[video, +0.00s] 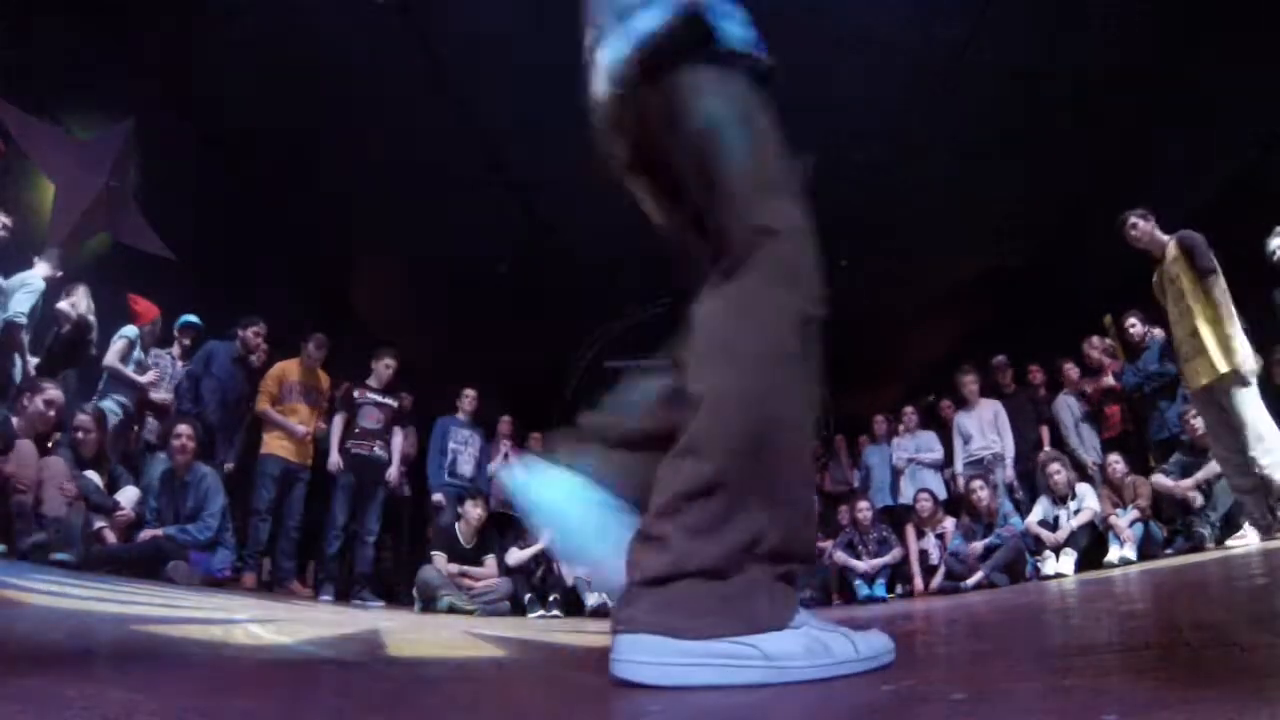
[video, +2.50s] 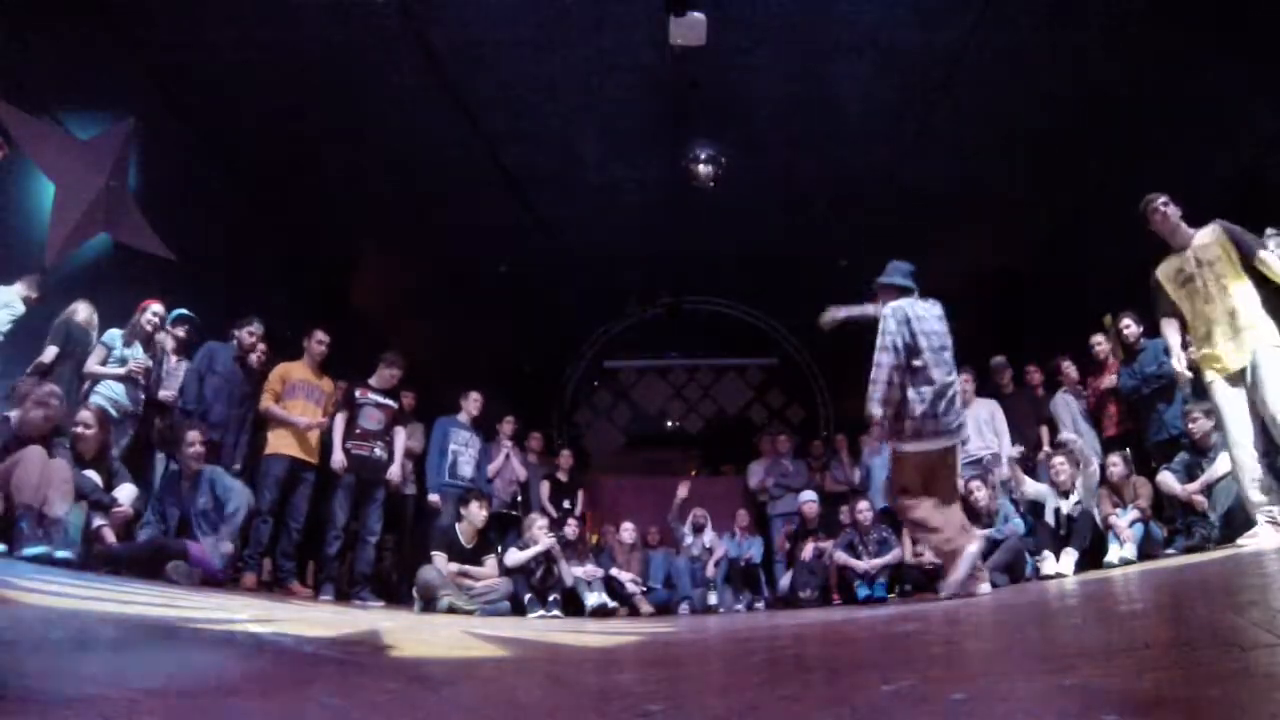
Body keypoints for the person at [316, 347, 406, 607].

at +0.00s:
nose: (389, 372)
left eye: (393, 369)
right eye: (386, 366)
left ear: (395, 373)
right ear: (373, 364)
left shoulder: (395, 402)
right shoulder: (352, 391)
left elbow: (397, 434)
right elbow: (338, 421)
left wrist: (395, 464)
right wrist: (333, 452)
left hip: (378, 463)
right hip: (350, 459)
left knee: (369, 529)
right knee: (338, 525)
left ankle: (361, 585)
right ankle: (327, 582)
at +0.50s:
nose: (388, 375)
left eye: (392, 372)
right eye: (385, 369)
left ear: (395, 375)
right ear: (374, 366)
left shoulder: (394, 402)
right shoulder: (352, 391)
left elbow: (398, 431)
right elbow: (338, 419)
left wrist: (401, 458)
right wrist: (334, 448)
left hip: (379, 464)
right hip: (351, 460)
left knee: (371, 529)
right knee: (339, 525)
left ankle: (361, 587)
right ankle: (327, 583)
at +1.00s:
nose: (389, 376)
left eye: (393, 373)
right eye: (386, 370)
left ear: (396, 376)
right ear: (375, 366)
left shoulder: (394, 403)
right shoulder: (353, 392)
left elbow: (400, 432)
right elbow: (339, 420)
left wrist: (403, 461)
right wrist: (337, 449)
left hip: (379, 466)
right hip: (351, 462)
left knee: (371, 530)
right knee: (339, 525)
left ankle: (360, 586)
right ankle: (327, 583)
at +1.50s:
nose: (392, 380)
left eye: (396, 376)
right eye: (389, 374)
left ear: (399, 378)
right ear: (378, 369)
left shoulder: (394, 403)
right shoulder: (354, 391)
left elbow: (399, 432)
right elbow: (339, 419)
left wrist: (397, 461)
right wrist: (337, 449)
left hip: (379, 466)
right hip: (351, 461)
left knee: (371, 530)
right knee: (339, 525)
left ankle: (361, 586)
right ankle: (328, 583)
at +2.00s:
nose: (394, 380)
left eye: (398, 377)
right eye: (392, 374)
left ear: (399, 378)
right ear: (381, 369)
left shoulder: (395, 402)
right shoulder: (355, 390)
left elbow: (400, 431)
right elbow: (340, 417)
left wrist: (399, 461)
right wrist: (337, 447)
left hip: (379, 465)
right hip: (351, 460)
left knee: (370, 530)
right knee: (338, 525)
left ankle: (361, 586)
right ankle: (327, 583)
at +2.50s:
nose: (394, 380)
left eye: (398, 376)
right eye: (391, 374)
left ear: (399, 378)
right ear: (380, 369)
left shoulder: (395, 403)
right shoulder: (354, 391)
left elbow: (399, 432)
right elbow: (340, 419)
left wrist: (397, 463)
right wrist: (337, 451)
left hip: (378, 467)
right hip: (350, 462)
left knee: (371, 530)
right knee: (338, 526)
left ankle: (360, 586)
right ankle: (327, 583)